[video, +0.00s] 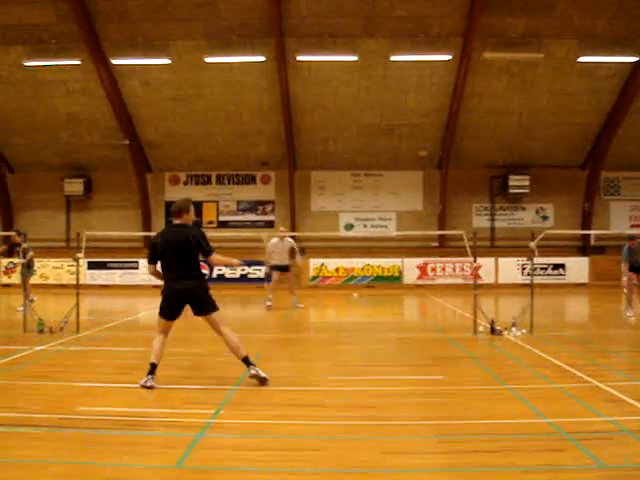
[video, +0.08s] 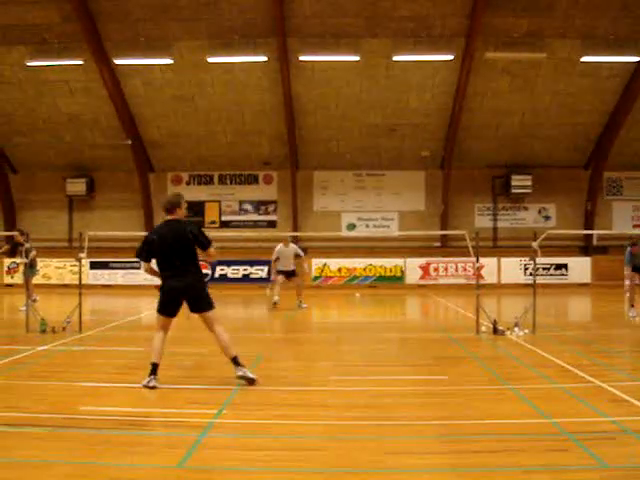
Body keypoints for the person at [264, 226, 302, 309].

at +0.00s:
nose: (282, 235)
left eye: (283, 232)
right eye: (280, 232)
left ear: (286, 234)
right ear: (278, 233)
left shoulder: (290, 242)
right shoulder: (272, 243)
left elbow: (296, 252)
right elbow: (268, 254)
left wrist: (297, 261)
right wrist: (267, 264)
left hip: (286, 263)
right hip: (275, 263)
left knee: (291, 281)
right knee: (274, 281)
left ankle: (294, 299)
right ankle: (269, 298)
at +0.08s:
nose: (286, 241)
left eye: (287, 239)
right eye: (284, 240)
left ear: (289, 240)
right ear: (282, 240)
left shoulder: (293, 247)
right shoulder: (279, 248)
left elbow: (302, 256)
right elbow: (273, 260)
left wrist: (304, 267)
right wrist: (273, 273)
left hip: (291, 269)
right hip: (281, 269)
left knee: (299, 283)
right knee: (278, 281)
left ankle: (300, 301)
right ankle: (275, 298)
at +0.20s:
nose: (286, 240)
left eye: (287, 238)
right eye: (284, 238)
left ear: (289, 239)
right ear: (282, 239)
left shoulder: (293, 247)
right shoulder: (278, 248)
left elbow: (303, 254)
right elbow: (274, 261)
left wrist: (306, 265)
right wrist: (275, 273)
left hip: (293, 269)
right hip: (283, 269)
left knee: (299, 284)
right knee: (284, 282)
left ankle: (302, 300)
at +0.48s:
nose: (274, 232)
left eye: (276, 229)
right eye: (272, 230)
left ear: (279, 230)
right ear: (270, 230)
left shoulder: (283, 239)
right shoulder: (267, 241)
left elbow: (293, 247)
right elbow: (264, 254)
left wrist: (298, 256)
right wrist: (266, 264)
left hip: (284, 263)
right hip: (275, 265)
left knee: (286, 284)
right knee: (284, 282)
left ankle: (280, 302)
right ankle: (293, 301)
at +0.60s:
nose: (270, 231)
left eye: (272, 229)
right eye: (269, 229)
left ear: (275, 229)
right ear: (267, 230)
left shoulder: (280, 238)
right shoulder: (264, 241)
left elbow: (292, 245)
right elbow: (259, 253)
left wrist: (301, 251)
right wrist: (257, 262)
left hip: (281, 263)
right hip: (270, 264)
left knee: (284, 283)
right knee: (275, 281)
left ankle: (274, 300)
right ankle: (283, 300)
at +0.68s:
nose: (268, 237)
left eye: (269, 235)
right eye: (266, 236)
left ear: (272, 235)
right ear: (264, 236)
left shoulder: (279, 241)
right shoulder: (263, 245)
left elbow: (293, 244)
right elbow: (257, 255)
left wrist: (305, 249)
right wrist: (251, 261)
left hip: (281, 267)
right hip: (270, 267)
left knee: (284, 287)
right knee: (270, 280)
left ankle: (279, 303)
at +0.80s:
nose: (254, 241)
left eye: (256, 238)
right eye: (252, 239)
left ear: (259, 239)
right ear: (251, 240)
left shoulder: (268, 246)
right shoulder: (252, 251)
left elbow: (280, 247)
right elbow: (242, 260)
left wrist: (291, 250)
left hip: (271, 274)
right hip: (259, 275)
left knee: (280, 291)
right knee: (254, 292)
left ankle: (278, 303)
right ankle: (247, 304)